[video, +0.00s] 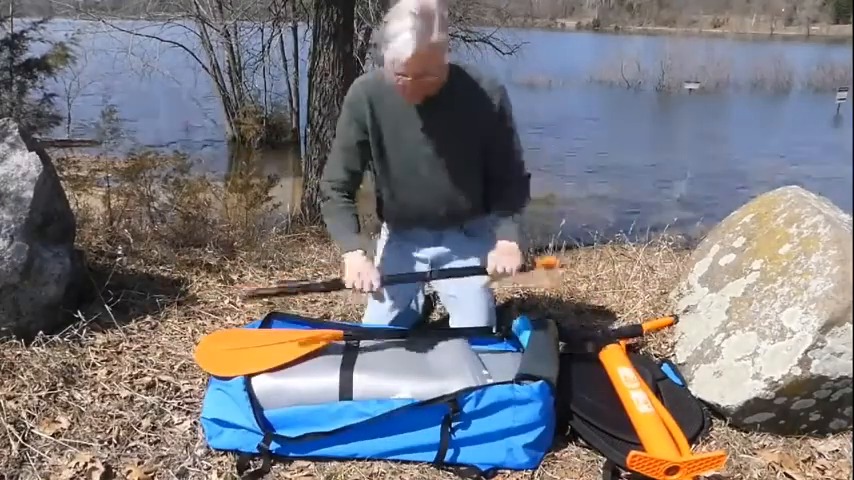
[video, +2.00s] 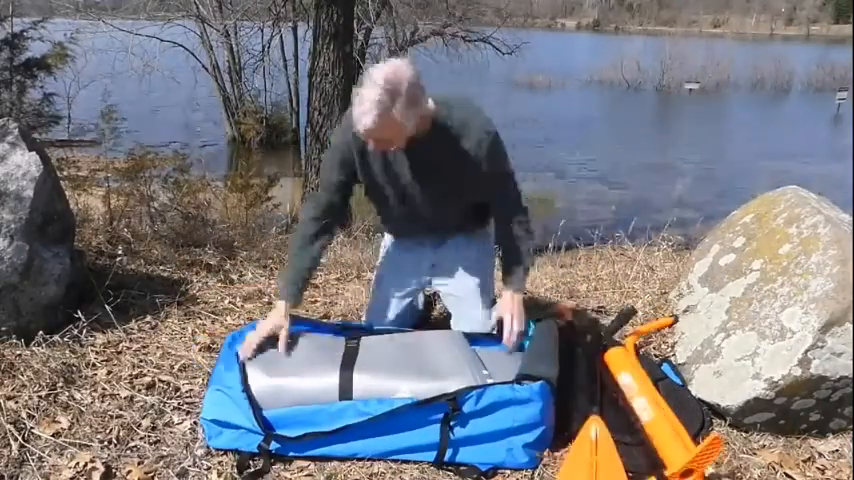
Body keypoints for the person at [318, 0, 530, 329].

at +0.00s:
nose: (410, 90)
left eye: (424, 77)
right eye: (400, 76)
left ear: (446, 61)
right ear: (384, 61)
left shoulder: (484, 94)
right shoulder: (365, 96)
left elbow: (509, 177)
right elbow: (336, 188)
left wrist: (507, 239)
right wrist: (353, 253)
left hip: (468, 238)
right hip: (400, 241)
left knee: (476, 345)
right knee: (376, 346)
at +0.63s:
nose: (451, 76)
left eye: (461, 66)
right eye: (439, 64)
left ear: (473, 55)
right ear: (412, 44)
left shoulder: (495, 95)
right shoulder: (378, 92)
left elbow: (518, 177)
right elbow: (343, 183)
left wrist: (520, 231)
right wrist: (399, 231)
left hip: (473, 239)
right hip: (402, 239)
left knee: (478, 350)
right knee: (376, 349)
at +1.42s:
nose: (407, 97)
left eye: (420, 87)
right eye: (399, 84)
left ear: (451, 75)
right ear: (390, 66)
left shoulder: (492, 102)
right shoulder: (375, 99)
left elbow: (509, 201)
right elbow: (336, 197)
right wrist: (364, 271)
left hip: (470, 243)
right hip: (401, 243)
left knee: (473, 357)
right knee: (381, 353)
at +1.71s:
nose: (439, 110)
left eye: (447, 97)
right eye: (426, 100)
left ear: (454, 76)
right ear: (393, 80)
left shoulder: (487, 114)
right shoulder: (364, 108)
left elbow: (512, 192)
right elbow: (367, 199)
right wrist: (405, 253)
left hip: (471, 245)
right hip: (400, 243)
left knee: (474, 355)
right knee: (388, 357)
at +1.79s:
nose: (444, 132)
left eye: (455, 124)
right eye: (434, 123)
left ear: (472, 92)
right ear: (411, 88)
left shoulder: (501, 125)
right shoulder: (377, 109)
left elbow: (534, 204)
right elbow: (355, 187)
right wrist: (375, 255)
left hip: (469, 247)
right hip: (401, 242)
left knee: (478, 355)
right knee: (374, 351)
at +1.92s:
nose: (412, 142)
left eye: (424, 138)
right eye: (408, 133)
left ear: (455, 124)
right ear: (406, 103)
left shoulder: (496, 140)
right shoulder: (378, 114)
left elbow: (533, 230)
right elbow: (350, 184)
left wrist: (567, 321)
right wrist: (339, 261)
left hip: (469, 249)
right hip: (401, 248)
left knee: (477, 349)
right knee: (377, 346)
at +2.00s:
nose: (378, 148)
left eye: (386, 140)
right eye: (370, 139)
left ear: (419, 118)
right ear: (362, 117)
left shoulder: (473, 134)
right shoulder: (353, 136)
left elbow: (511, 214)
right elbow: (318, 217)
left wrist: (514, 290)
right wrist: (283, 305)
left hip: (467, 243)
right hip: (401, 245)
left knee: (475, 350)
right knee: (380, 346)